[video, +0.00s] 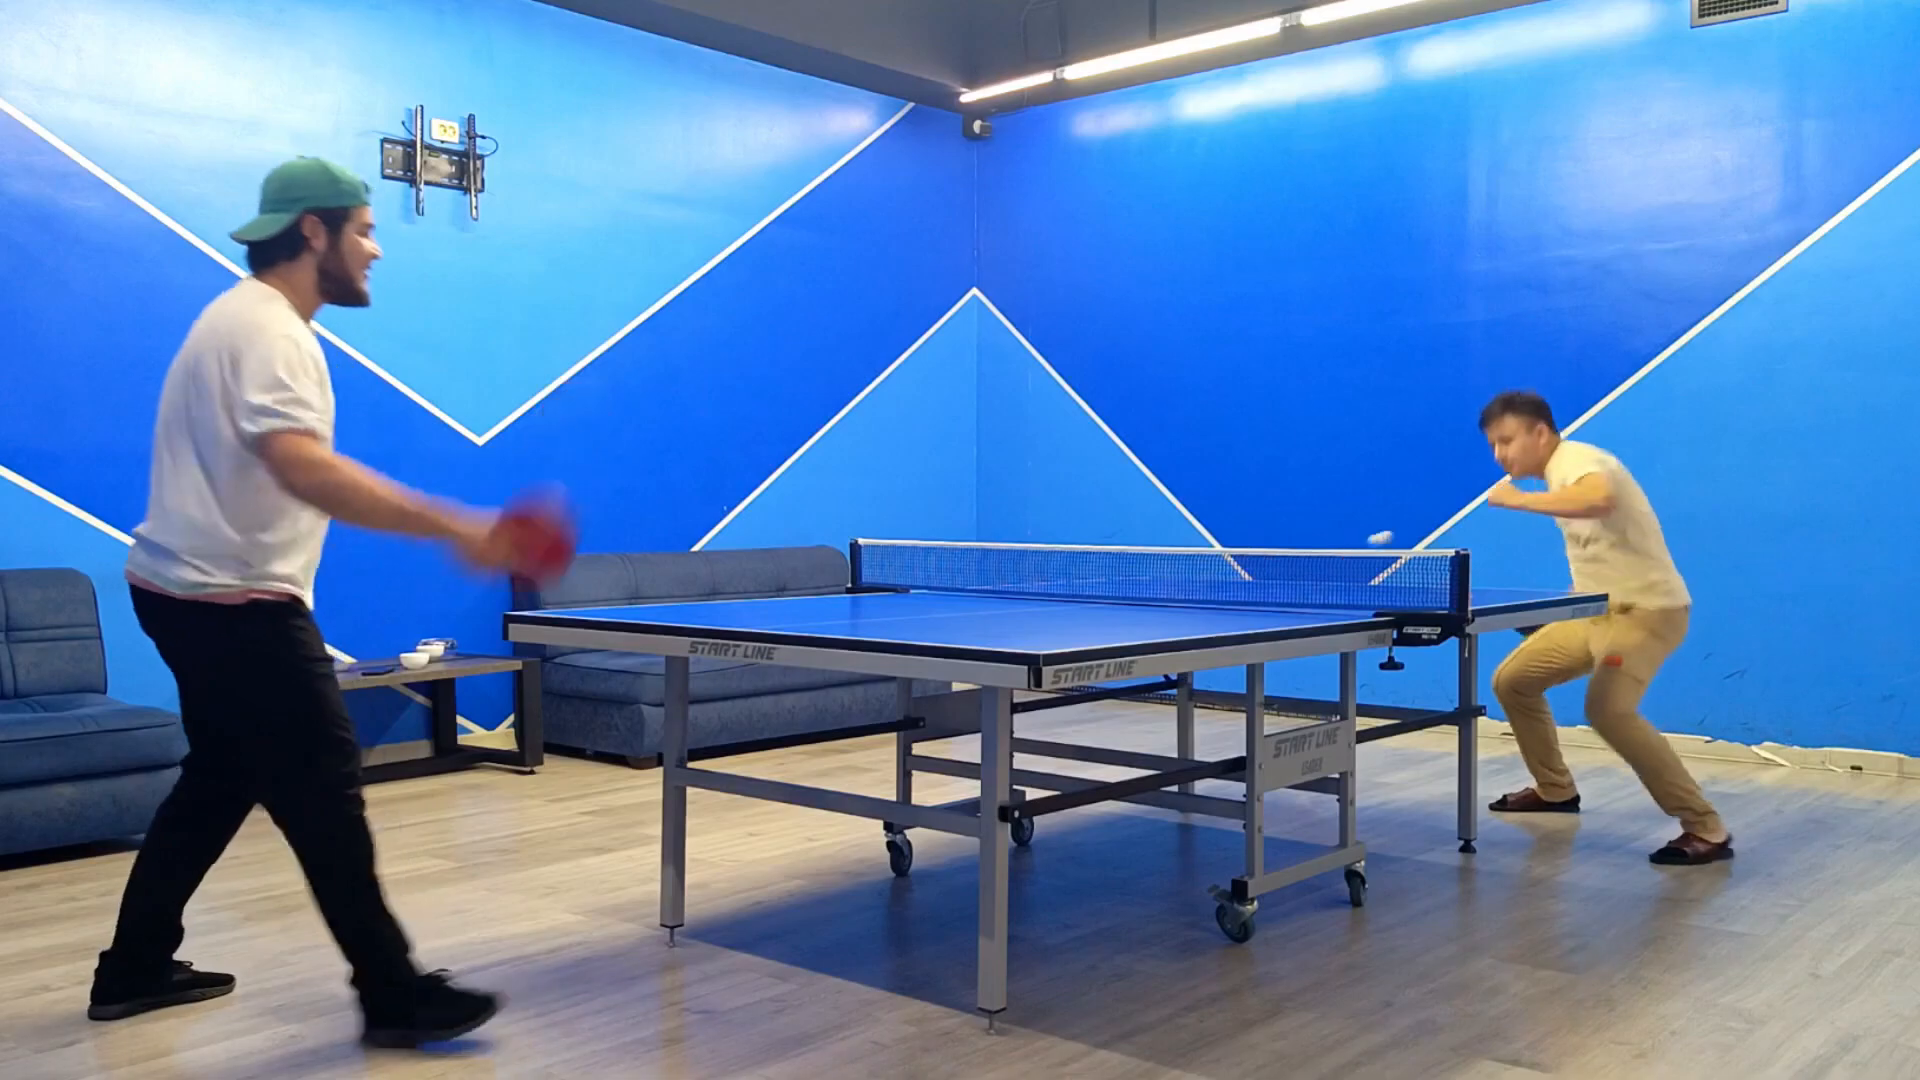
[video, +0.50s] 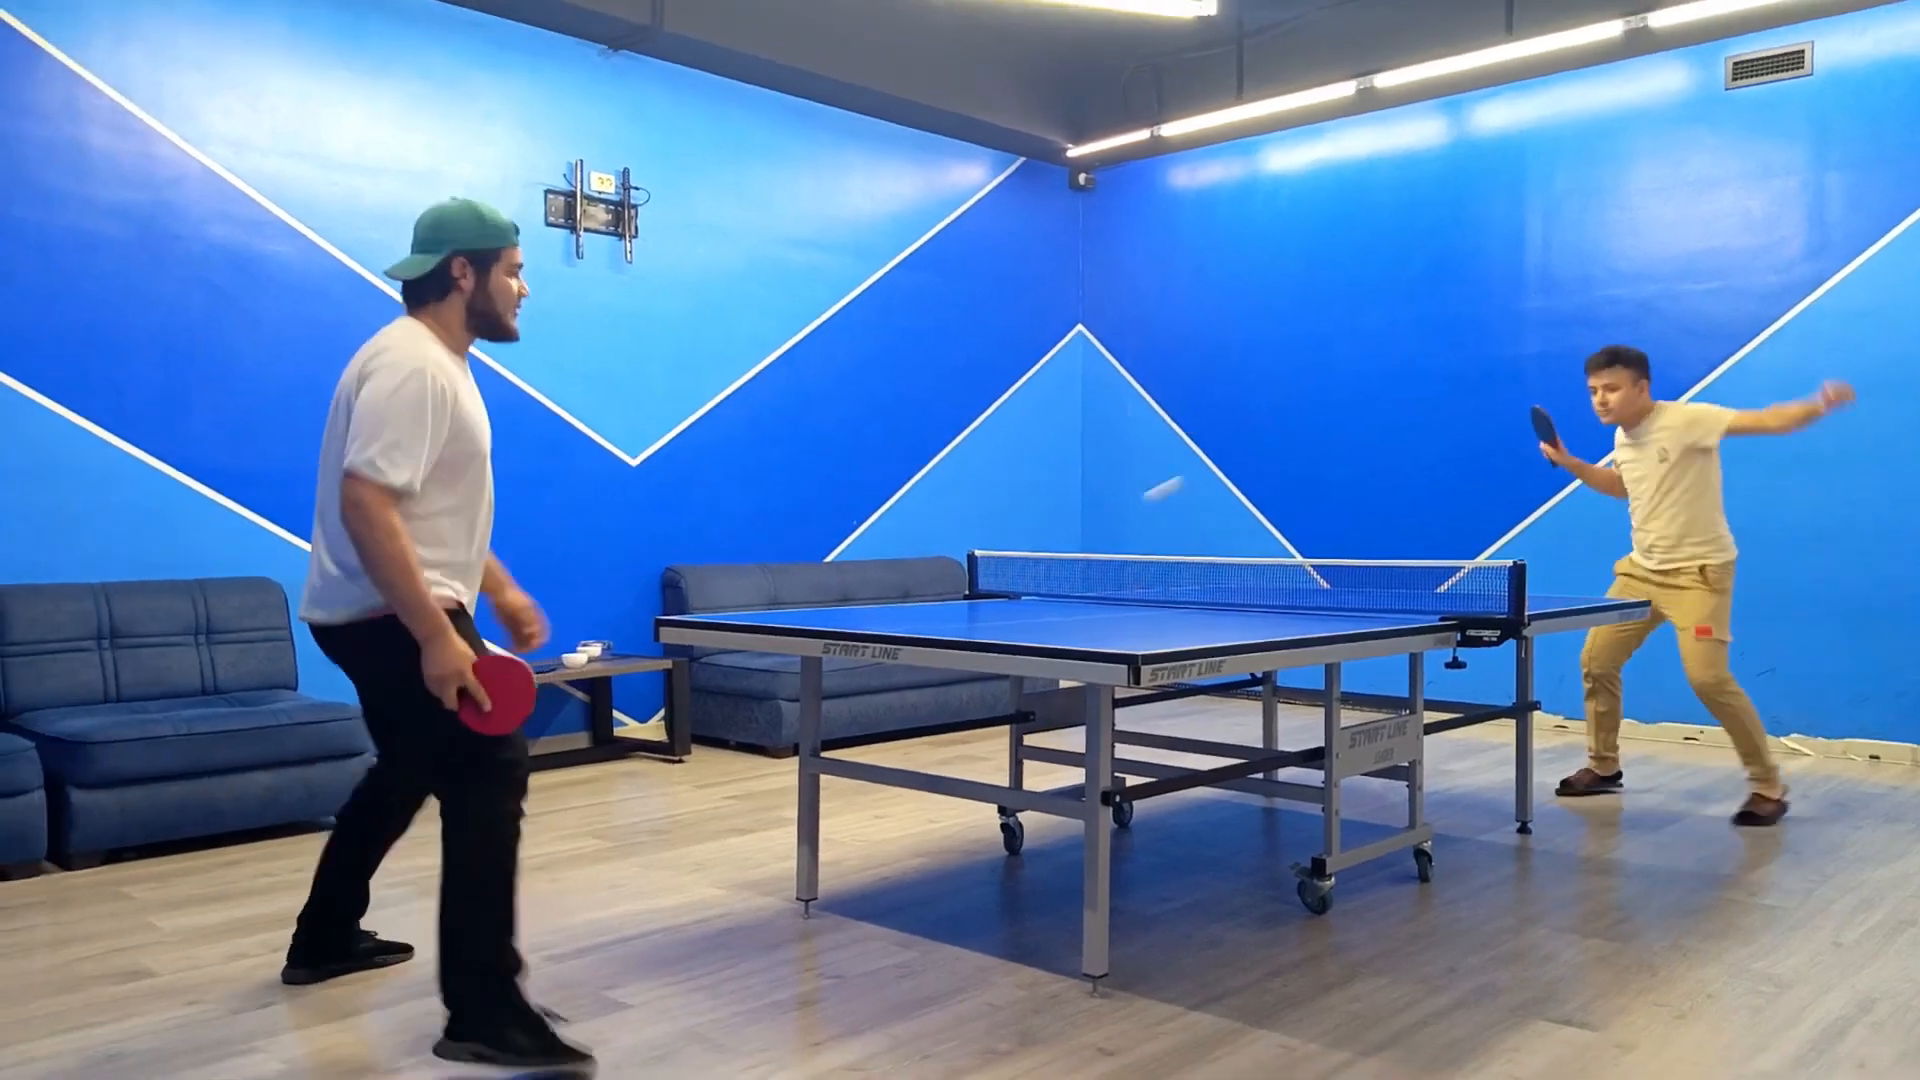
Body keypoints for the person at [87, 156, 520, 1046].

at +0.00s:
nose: (375, 250)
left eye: (373, 233)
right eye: (364, 233)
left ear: (299, 238)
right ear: (310, 236)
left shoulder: (238, 317)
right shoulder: (267, 331)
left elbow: (280, 470)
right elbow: (304, 468)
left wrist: (441, 520)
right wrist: (455, 525)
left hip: (192, 593)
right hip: (236, 601)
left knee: (223, 774)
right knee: (323, 784)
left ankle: (135, 964)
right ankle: (393, 991)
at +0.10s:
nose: (355, 239)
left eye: (352, 222)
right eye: (345, 222)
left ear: (287, 225)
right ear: (296, 223)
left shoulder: (217, 308)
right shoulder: (254, 319)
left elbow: (215, 465)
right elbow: (248, 460)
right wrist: (366, 573)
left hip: (179, 588)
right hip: (230, 592)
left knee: (212, 769)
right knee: (309, 761)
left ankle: (135, 965)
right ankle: (311, 1008)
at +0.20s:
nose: (362, 237)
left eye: (360, 221)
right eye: (350, 219)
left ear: (290, 224)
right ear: (303, 221)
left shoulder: (231, 306)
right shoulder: (263, 317)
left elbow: (213, 470)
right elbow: (228, 462)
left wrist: (315, 601)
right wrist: (323, 589)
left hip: (194, 589)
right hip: (235, 593)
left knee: (222, 768)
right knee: (312, 770)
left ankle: (151, 959)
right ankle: (257, 1008)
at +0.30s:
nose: (455, 260)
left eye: (453, 244)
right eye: (444, 243)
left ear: (388, 248)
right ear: (399, 244)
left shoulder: (334, 326)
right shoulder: (359, 336)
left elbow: (315, 478)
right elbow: (322, 474)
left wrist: (385, 589)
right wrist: (390, 596)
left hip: (299, 592)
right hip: (328, 594)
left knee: (329, 755)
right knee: (417, 753)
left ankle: (259, 941)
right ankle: (358, 985)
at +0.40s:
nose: (511, 278)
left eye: (509, 263)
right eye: (500, 261)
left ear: (447, 264)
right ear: (454, 262)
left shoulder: (404, 343)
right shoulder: (409, 351)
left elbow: (398, 495)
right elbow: (372, 488)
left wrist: (449, 592)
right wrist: (434, 612)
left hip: (361, 598)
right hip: (378, 601)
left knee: (387, 752)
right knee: (484, 752)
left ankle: (318, 932)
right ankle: (430, 974)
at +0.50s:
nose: (523, 289)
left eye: (522, 272)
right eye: (513, 272)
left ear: (461, 277)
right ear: (462, 275)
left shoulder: (435, 363)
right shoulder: (410, 365)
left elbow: (436, 507)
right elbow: (368, 504)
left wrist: (502, 588)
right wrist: (434, 633)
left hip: (388, 614)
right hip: (387, 619)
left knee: (409, 764)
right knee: (490, 768)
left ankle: (324, 935)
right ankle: (483, 1006)